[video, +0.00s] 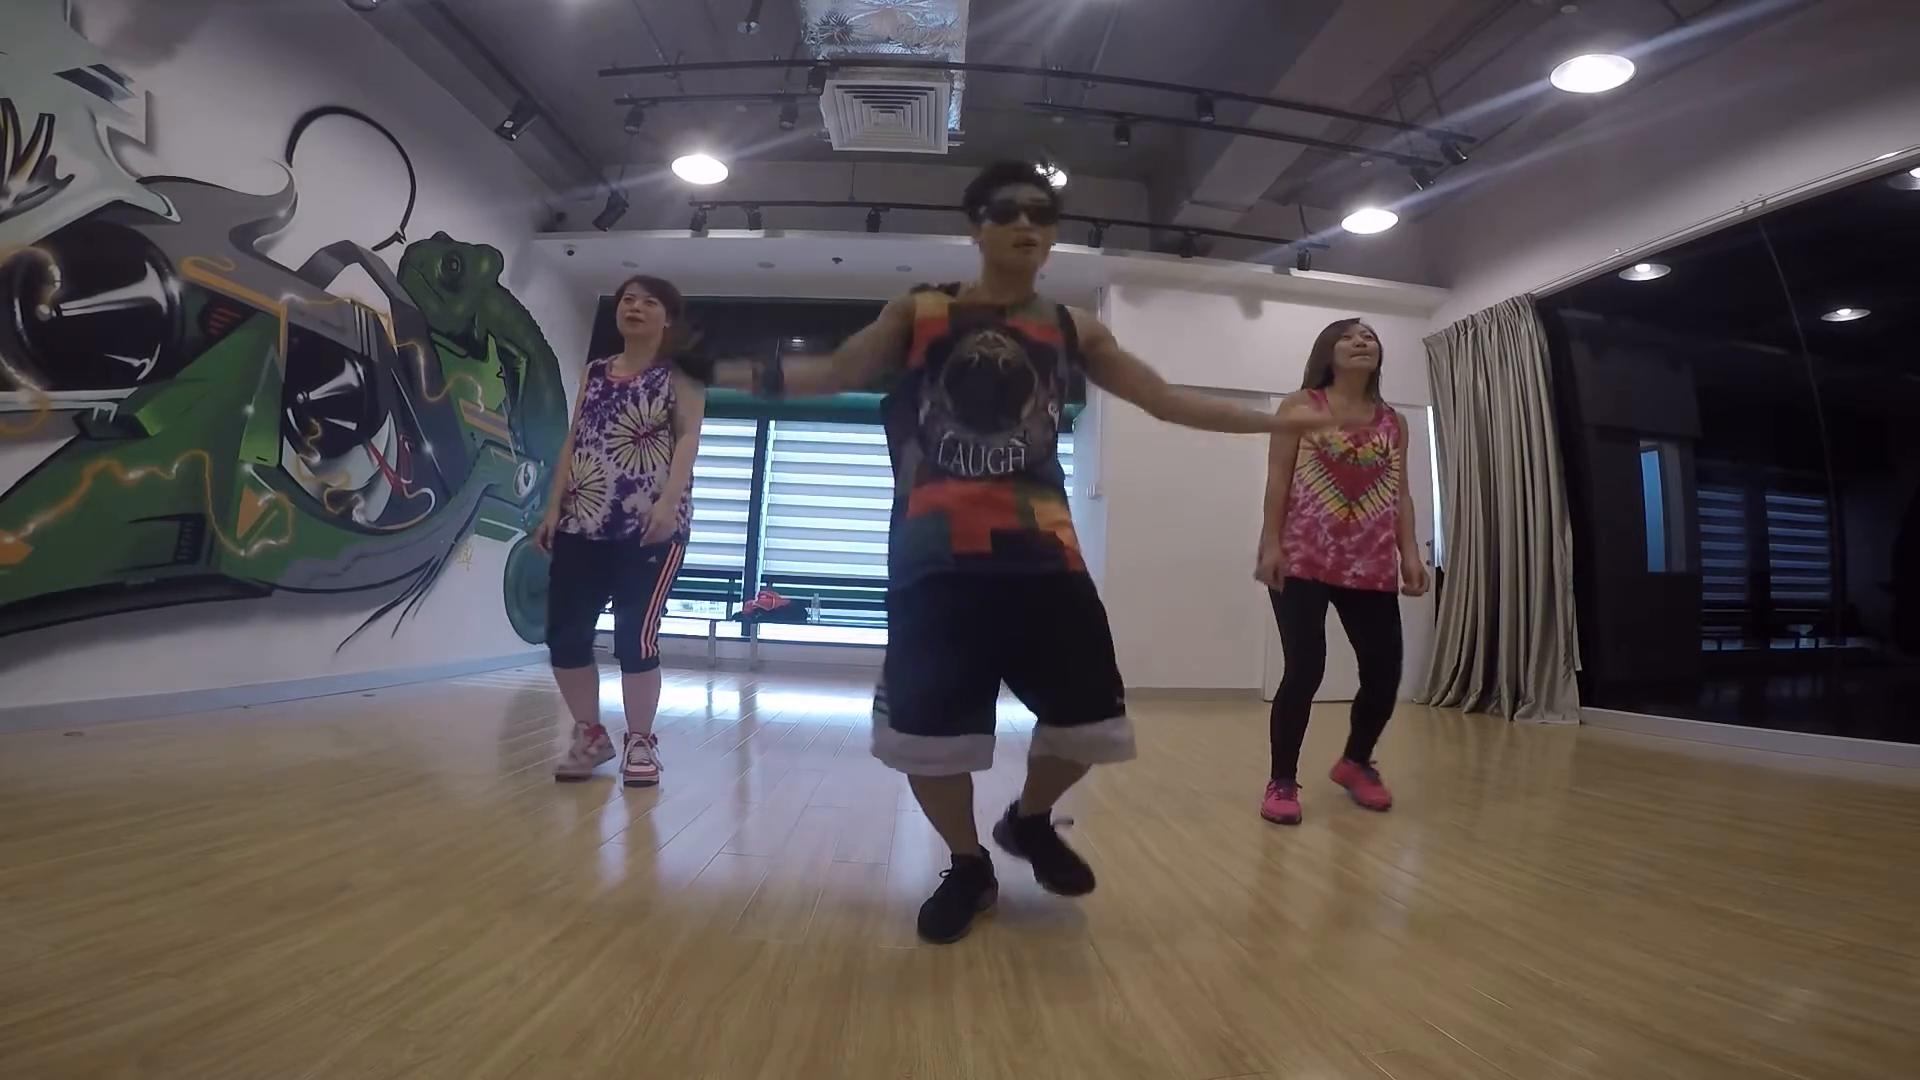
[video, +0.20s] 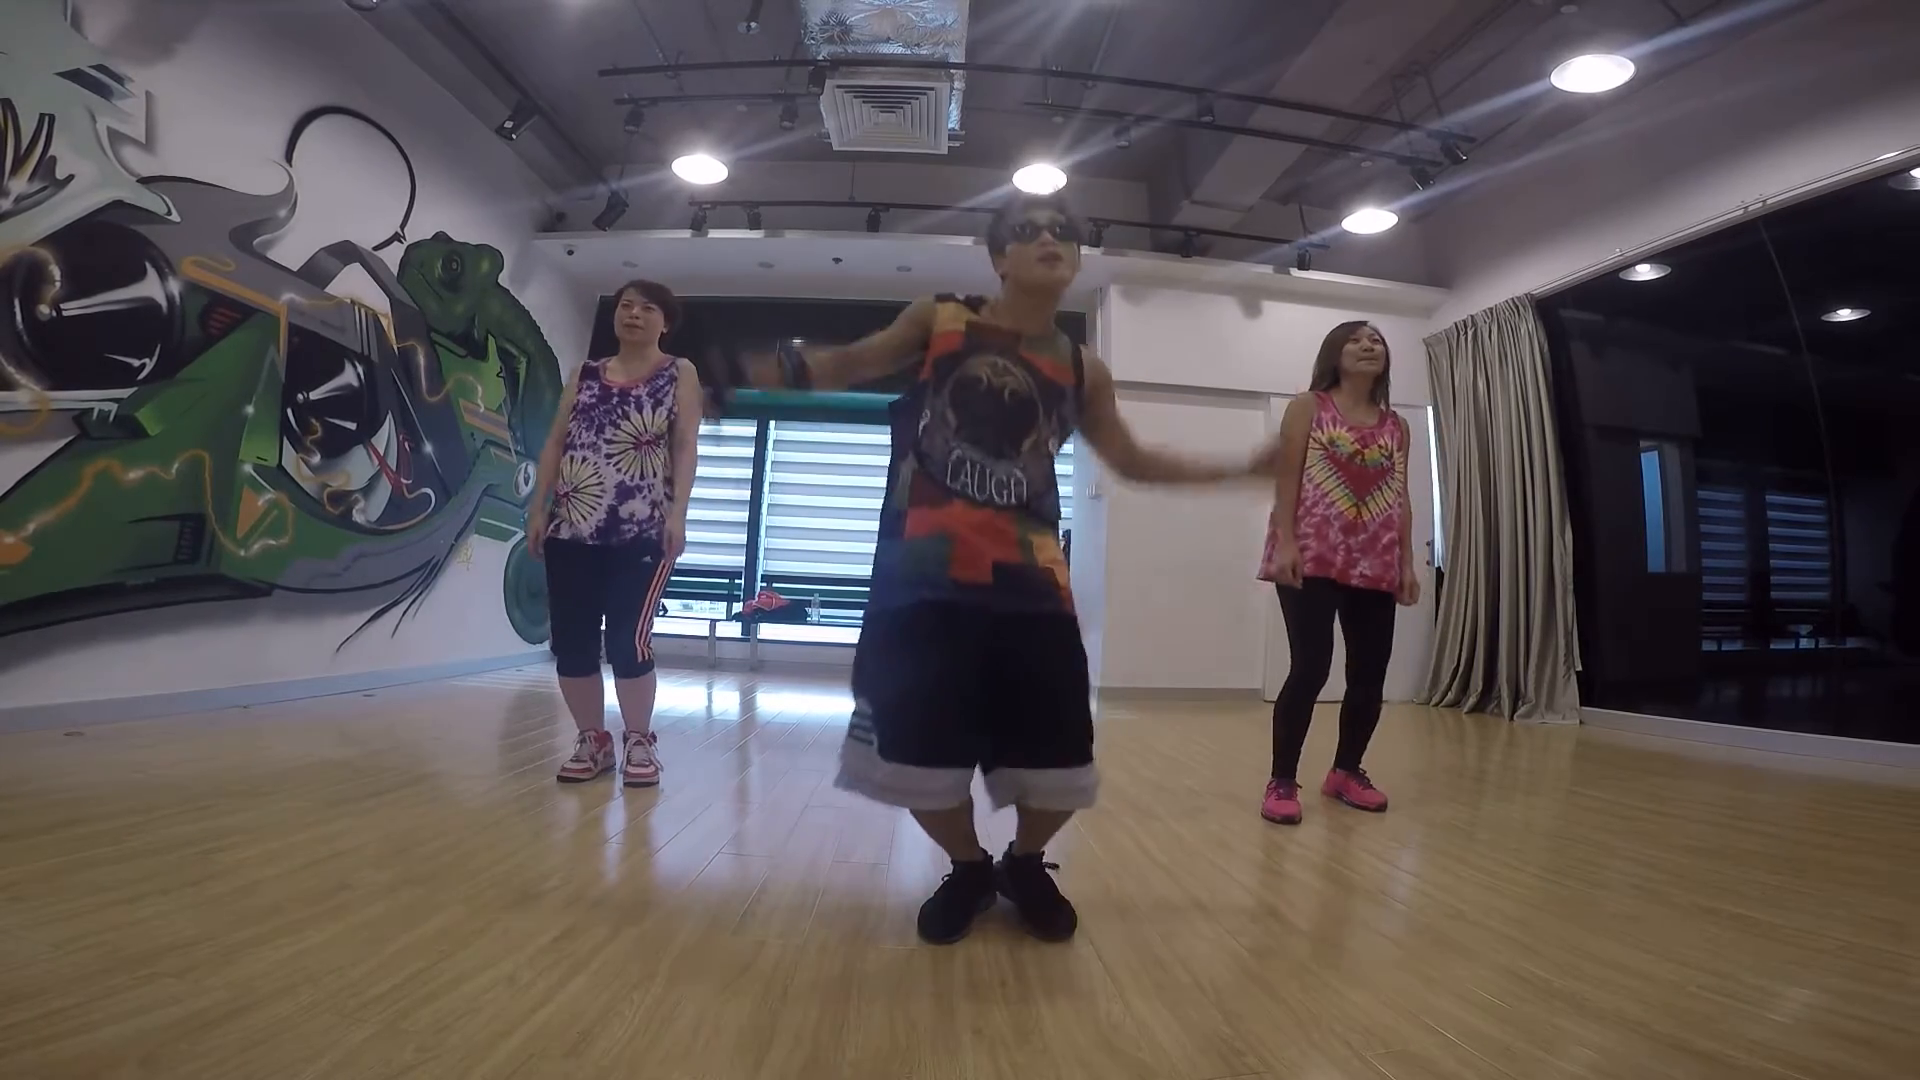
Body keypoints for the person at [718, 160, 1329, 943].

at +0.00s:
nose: (1027, 232)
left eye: (1041, 220)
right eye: (1009, 217)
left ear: (1053, 237)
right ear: (974, 228)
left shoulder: (1073, 331)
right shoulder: (915, 317)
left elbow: (1166, 398)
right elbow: (831, 369)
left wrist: (1275, 419)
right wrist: (755, 373)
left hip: (1044, 558)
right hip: (938, 560)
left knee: (1089, 723)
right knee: (924, 739)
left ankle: (1026, 821)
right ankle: (966, 867)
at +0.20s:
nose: (1049, 244)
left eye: (1062, 235)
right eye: (1029, 234)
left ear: (1077, 262)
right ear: (996, 257)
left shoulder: (1081, 367)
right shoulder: (939, 321)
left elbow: (1135, 462)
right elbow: (844, 361)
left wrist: (1246, 466)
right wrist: (763, 369)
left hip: (1031, 586)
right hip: (925, 580)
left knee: (1060, 767)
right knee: (913, 761)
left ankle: (1025, 864)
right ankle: (969, 867)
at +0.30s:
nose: (1055, 256)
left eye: (1068, 248)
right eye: (1036, 246)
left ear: (1085, 275)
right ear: (1004, 269)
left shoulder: (1089, 388)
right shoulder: (943, 335)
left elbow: (1106, 495)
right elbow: (872, 407)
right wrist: (853, 429)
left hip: (1036, 591)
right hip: (930, 584)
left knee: (1075, 766)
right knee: (906, 762)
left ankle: (1028, 862)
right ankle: (969, 866)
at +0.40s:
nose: (1048, 257)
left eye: (1062, 247)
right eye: (1028, 246)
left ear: (1077, 272)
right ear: (997, 268)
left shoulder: (1093, 388)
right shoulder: (942, 349)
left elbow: (1086, 499)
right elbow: (920, 467)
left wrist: (1071, 584)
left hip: (1050, 596)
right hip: (944, 589)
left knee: (1087, 767)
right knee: (916, 759)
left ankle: (1031, 863)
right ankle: (970, 864)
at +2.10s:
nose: (965, 301)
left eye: (977, 293)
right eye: (950, 291)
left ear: (992, 314)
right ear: (928, 314)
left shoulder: (1030, 353)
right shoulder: (936, 406)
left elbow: (1102, 415)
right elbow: (960, 485)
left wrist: (1138, 504)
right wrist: (949, 554)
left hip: (1047, 569)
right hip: (959, 569)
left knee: (1040, 717)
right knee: (910, 702)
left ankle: (1005, 815)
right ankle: (935, 797)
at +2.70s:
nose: (991, 286)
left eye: (1003, 281)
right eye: (978, 279)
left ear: (1018, 306)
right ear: (955, 302)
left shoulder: (1029, 384)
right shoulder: (914, 359)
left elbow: (1030, 470)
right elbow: (872, 434)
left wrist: (1051, 542)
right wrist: (872, 490)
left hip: (1001, 555)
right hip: (920, 554)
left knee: (1025, 684)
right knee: (913, 705)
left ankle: (1007, 809)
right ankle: (936, 797)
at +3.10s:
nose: (994, 303)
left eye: (1004, 298)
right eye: (980, 298)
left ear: (1022, 324)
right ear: (961, 324)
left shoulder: (1048, 401)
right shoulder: (930, 388)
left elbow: (1097, 485)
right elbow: (863, 429)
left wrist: (1149, 558)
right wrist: (805, 460)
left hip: (1009, 583)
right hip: (930, 573)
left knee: (1004, 717)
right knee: (900, 696)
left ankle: (975, 801)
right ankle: (908, 822)